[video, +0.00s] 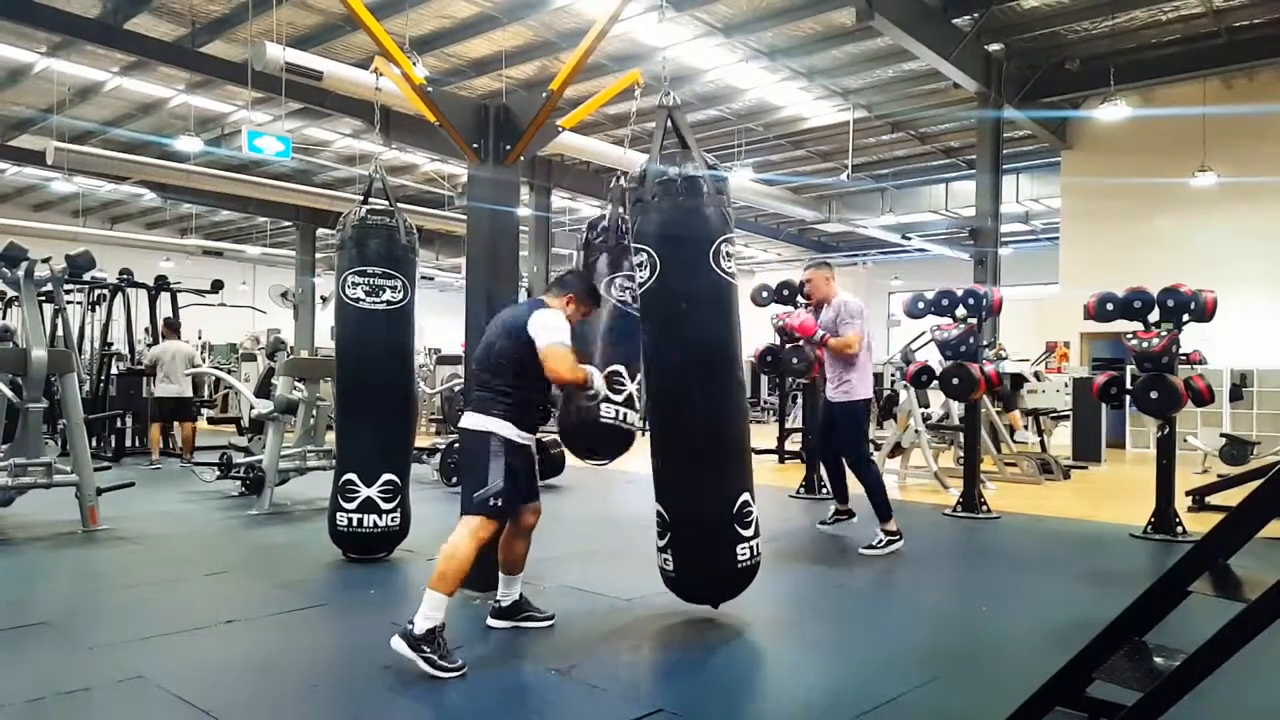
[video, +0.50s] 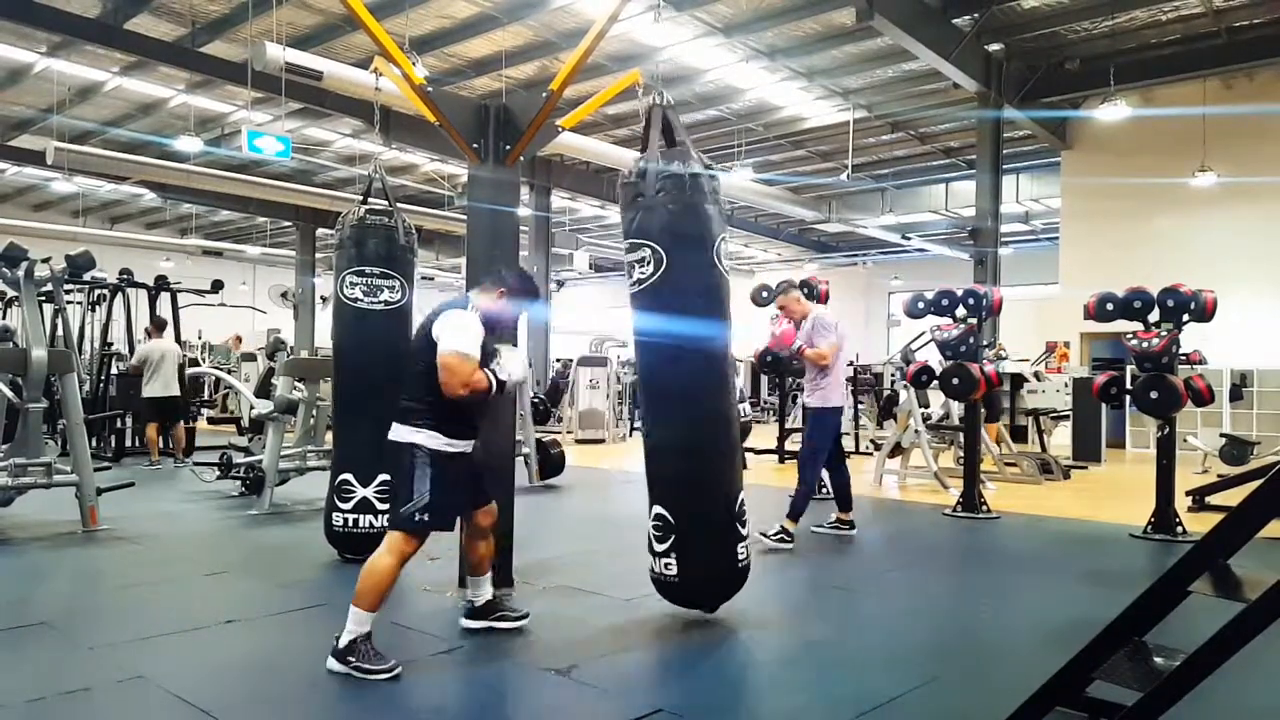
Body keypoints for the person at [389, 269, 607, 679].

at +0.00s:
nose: (577, 323)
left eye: (579, 318)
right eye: (579, 315)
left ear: (559, 295)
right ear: (568, 301)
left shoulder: (517, 313)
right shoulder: (546, 317)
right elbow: (561, 371)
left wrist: (574, 379)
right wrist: (592, 376)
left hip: (512, 434)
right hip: (492, 431)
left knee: (525, 514)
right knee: (481, 522)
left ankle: (507, 603)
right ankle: (423, 628)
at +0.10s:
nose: (574, 321)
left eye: (578, 315)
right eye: (576, 312)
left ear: (562, 296)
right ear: (563, 296)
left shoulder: (540, 321)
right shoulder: (526, 310)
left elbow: (575, 356)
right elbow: (522, 364)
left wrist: (619, 355)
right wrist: (561, 374)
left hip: (510, 432)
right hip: (480, 426)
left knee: (520, 514)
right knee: (473, 519)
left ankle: (507, 603)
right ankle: (422, 627)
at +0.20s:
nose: (560, 317)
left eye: (563, 313)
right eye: (561, 310)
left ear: (546, 298)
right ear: (547, 296)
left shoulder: (534, 328)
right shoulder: (502, 312)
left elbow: (553, 372)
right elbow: (508, 371)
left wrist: (595, 363)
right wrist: (547, 356)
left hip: (502, 435)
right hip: (468, 428)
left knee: (512, 516)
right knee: (459, 522)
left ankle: (507, 603)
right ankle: (395, 624)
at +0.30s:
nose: (546, 324)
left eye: (550, 318)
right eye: (547, 315)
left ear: (528, 298)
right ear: (531, 299)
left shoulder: (508, 326)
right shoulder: (491, 319)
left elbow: (508, 381)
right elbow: (501, 383)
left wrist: (540, 371)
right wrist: (540, 366)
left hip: (489, 443)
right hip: (456, 438)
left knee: (508, 519)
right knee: (444, 531)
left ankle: (507, 605)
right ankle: (365, 628)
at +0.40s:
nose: (525, 327)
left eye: (530, 320)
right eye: (526, 317)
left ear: (510, 300)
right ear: (509, 300)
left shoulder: (489, 331)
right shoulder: (475, 327)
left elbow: (493, 386)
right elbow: (482, 395)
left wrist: (517, 381)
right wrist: (524, 395)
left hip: (467, 453)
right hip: (434, 451)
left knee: (496, 524)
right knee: (416, 544)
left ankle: (505, 604)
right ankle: (351, 641)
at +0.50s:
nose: (509, 323)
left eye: (514, 317)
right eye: (512, 313)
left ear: (496, 293)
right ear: (499, 295)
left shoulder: (469, 319)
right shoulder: (460, 317)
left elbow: (463, 377)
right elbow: (456, 383)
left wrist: (497, 372)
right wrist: (497, 374)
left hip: (454, 445)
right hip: (421, 443)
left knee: (483, 516)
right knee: (403, 540)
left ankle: (480, 605)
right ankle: (351, 642)